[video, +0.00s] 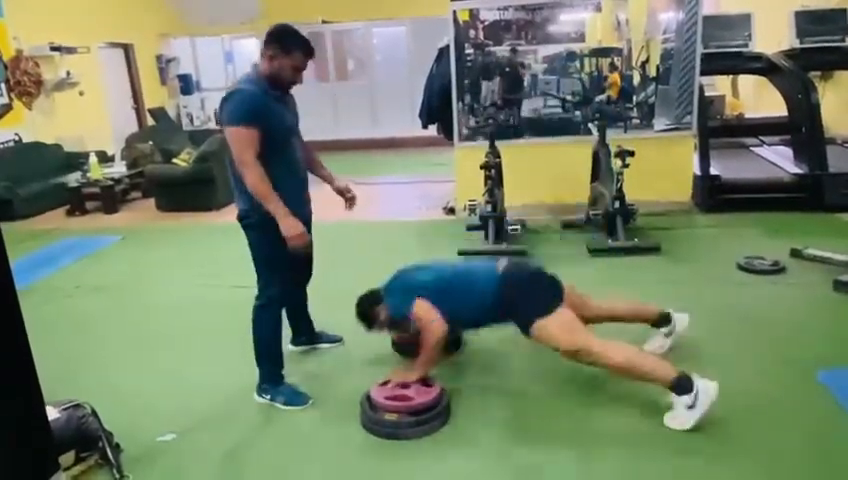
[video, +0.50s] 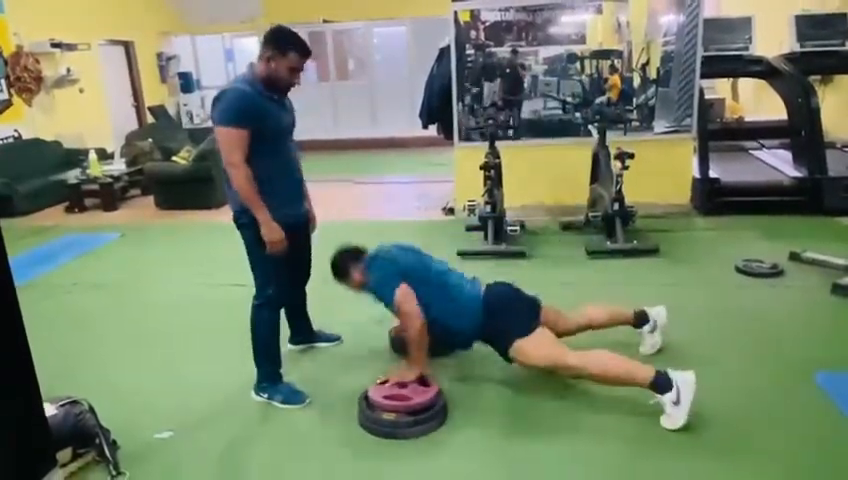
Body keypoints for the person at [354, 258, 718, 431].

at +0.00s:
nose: (391, 329)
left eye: (385, 326)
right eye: (384, 327)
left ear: (382, 312)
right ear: (380, 297)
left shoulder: (400, 297)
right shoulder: (406, 279)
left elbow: (437, 327)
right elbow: (448, 327)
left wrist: (417, 371)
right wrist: (429, 345)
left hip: (518, 295)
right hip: (520, 273)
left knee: (587, 349)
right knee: (588, 309)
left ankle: (687, 387)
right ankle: (666, 318)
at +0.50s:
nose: (356, 286)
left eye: (352, 282)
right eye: (353, 282)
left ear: (354, 274)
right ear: (362, 257)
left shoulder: (380, 272)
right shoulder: (391, 253)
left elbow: (414, 317)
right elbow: (426, 300)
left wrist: (416, 369)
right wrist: (416, 340)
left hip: (492, 321)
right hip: (497, 296)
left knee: (566, 362)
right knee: (568, 322)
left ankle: (666, 384)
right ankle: (646, 316)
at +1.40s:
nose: (473, 274)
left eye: (471, 269)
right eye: (470, 270)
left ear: (479, 261)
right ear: (483, 250)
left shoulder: (503, 271)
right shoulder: (502, 248)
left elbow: (467, 338)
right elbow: (480, 295)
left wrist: (421, 372)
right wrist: (446, 324)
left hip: (619, 296)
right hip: (612, 280)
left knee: (545, 324)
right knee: (547, 307)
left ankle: (598, 382)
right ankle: (588, 354)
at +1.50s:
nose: (479, 246)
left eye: (475, 241)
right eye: (475, 243)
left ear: (482, 231)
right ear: (487, 218)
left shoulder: (508, 235)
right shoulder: (507, 222)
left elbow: (502, 309)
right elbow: (502, 287)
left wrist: (466, 355)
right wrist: (474, 321)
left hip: (618, 270)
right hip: (609, 256)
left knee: (546, 314)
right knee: (538, 288)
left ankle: (595, 382)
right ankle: (587, 353)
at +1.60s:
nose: (478, 211)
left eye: (476, 203)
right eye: (473, 206)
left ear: (484, 190)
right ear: (487, 183)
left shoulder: (512, 201)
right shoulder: (510, 186)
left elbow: (536, 265)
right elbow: (536, 257)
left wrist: (523, 332)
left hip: (614, 239)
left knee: (555, 304)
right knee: (546, 289)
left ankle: (592, 379)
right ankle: (585, 352)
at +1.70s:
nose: (482, 168)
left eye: (477, 161)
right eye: (476, 163)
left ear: (483, 149)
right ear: (489, 137)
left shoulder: (514, 157)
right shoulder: (516, 142)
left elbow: (554, 202)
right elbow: (554, 203)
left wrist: (567, 256)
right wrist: (559, 252)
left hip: (608, 218)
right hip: (596, 212)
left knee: (559, 299)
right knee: (550, 277)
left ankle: (591, 376)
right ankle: (583, 349)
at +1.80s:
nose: (486, 132)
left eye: (483, 124)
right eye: (480, 127)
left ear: (492, 108)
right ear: (495, 102)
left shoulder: (522, 116)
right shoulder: (524, 106)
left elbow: (574, 159)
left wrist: (602, 218)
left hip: (589, 211)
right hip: (575, 209)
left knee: (564, 285)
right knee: (554, 268)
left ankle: (590, 374)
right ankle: (585, 348)